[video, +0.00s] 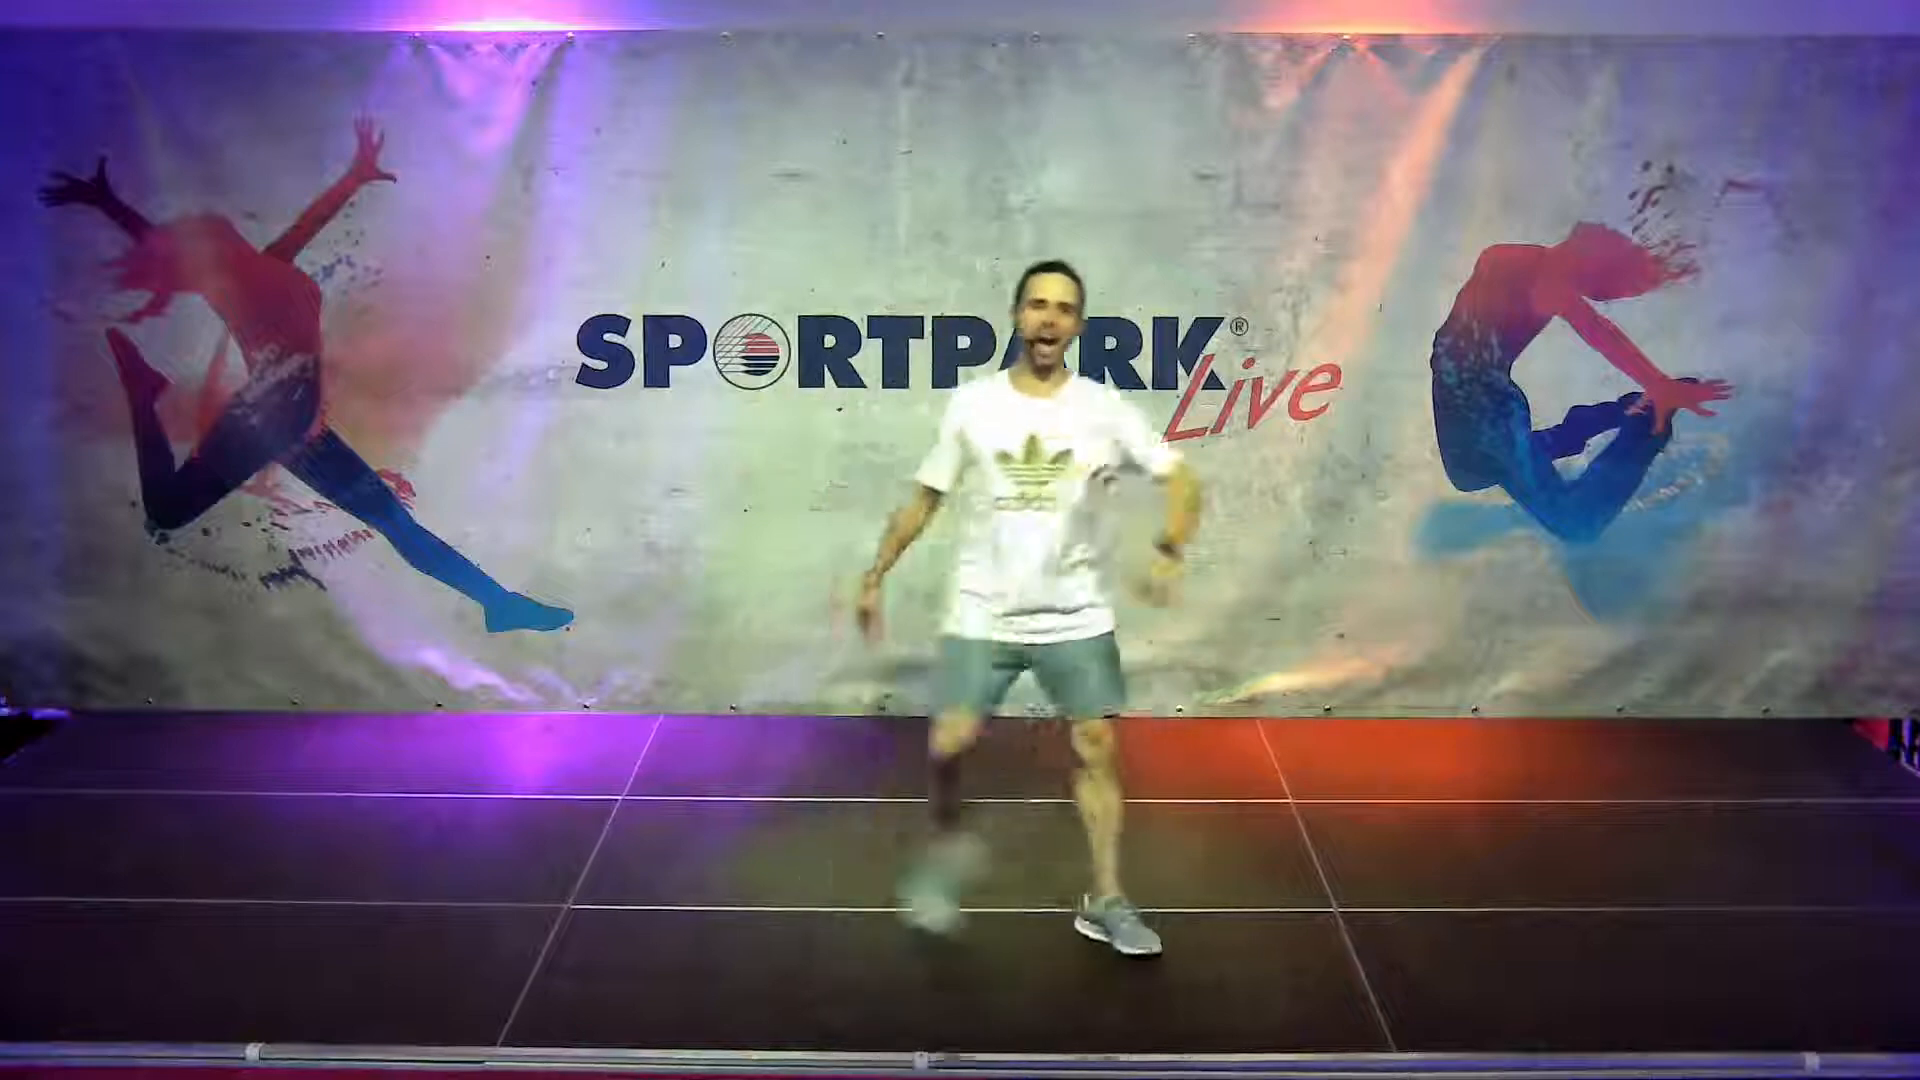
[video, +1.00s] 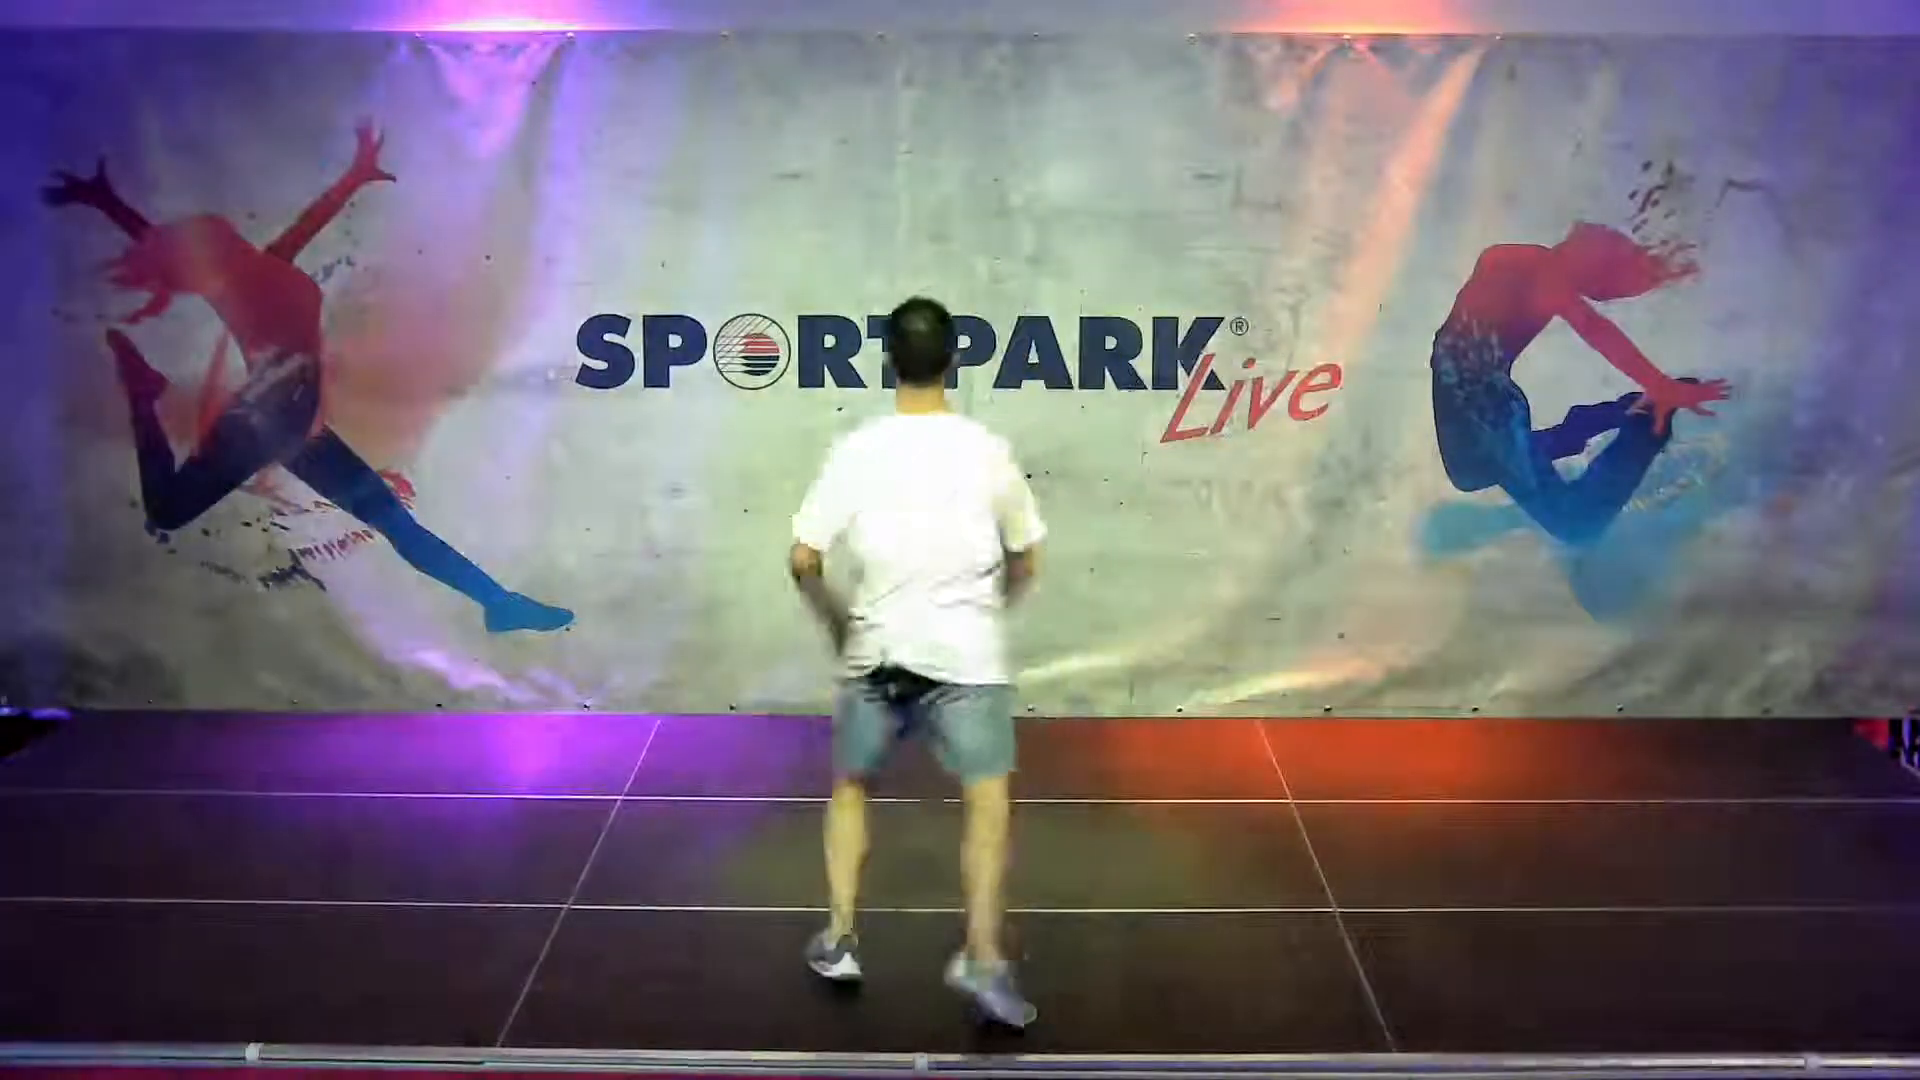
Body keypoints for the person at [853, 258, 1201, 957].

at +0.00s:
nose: (1049, 319)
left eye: (1063, 309)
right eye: (1038, 306)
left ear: (1079, 324)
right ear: (1016, 316)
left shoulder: (1103, 408)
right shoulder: (973, 402)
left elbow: (1181, 479)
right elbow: (924, 498)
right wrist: (875, 574)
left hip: (1075, 613)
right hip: (982, 611)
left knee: (1097, 743)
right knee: (949, 742)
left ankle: (1106, 895)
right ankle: (943, 853)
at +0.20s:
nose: (1104, 324)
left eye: (1118, 312)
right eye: (1091, 310)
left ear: (1135, 326)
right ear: (1069, 320)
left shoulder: (1143, 420)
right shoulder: (1017, 404)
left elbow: (1175, 519)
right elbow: (938, 481)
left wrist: (1187, 612)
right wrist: (850, 513)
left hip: (1107, 614)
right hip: (1030, 611)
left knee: (1124, 755)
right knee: (1072, 748)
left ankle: (1102, 904)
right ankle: (1126, 904)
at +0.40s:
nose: (1096, 322)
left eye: (1109, 311)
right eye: (1083, 309)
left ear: (1122, 323)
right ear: (1060, 316)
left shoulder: (1106, 408)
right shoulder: (1029, 383)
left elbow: (1097, 510)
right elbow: (977, 360)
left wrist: (1120, 586)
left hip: (1082, 599)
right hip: (1031, 595)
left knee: (1114, 739)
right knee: (1108, 732)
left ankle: (1099, 902)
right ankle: (1052, 904)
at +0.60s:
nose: (1068, 341)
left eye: (1064, 330)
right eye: (1063, 329)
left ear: (1002, 343)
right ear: (1043, 335)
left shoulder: (989, 415)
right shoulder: (1057, 396)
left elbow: (963, 542)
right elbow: (1164, 371)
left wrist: (998, 604)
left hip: (1023, 629)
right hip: (1038, 631)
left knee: (1076, 766)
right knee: (1033, 785)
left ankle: (1096, 912)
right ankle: (963, 958)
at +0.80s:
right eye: (991, 326)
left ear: (934, 343)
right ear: (998, 338)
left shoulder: (906, 432)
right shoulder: (1039, 417)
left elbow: (849, 518)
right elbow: (1130, 496)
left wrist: (859, 623)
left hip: (935, 631)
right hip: (1010, 630)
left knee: (975, 772)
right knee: (1002, 788)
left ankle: (989, 916)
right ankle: (968, 964)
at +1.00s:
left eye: (897, 355)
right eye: (940, 355)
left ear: (888, 365)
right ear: (953, 364)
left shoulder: (856, 451)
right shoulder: (986, 449)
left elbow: (804, 560)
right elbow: (1024, 560)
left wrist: (841, 621)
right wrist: (982, 607)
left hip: (878, 645)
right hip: (967, 647)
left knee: (850, 786)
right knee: (988, 799)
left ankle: (840, 938)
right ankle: (984, 960)